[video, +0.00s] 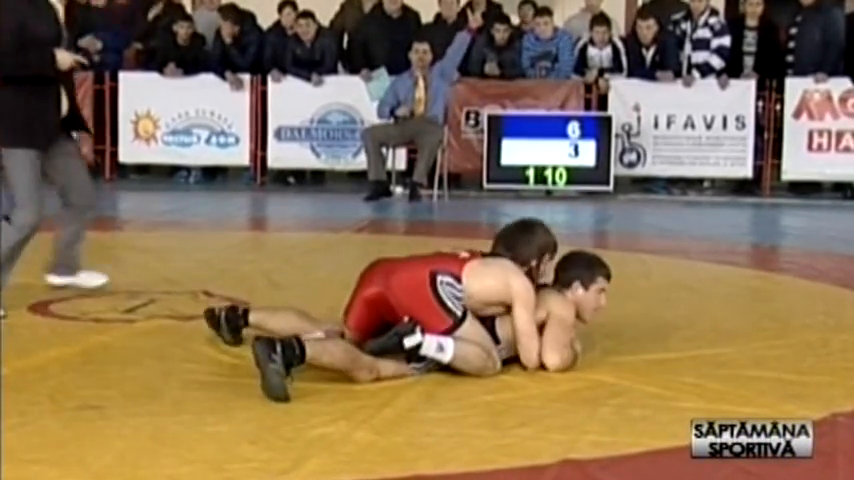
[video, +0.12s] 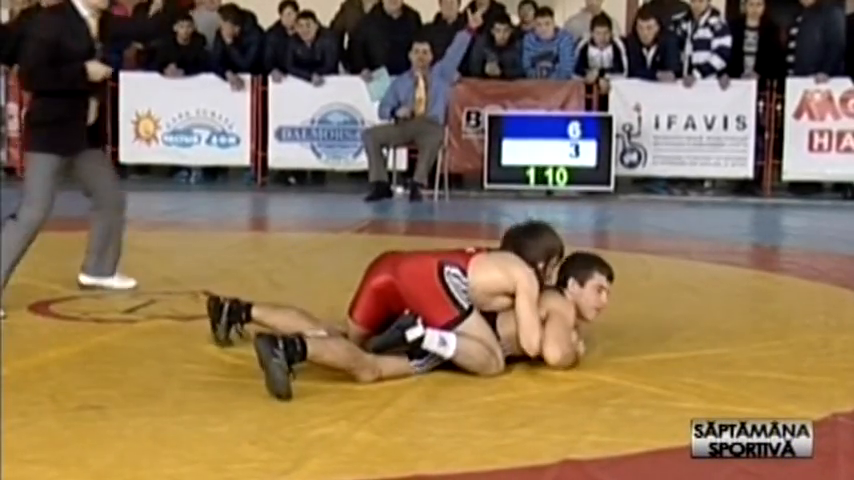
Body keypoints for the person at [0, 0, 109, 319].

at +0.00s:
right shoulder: (11, 11)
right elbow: (9, 62)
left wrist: (80, 130)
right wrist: (52, 59)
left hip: (50, 128)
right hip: (14, 128)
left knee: (82, 199)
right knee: (26, 217)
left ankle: (63, 269)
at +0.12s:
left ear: (104, 2)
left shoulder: (104, 24)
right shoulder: (51, 21)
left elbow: (147, 30)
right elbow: (30, 76)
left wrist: (180, 7)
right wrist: (82, 72)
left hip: (83, 137)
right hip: (46, 135)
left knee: (111, 199)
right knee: (33, 214)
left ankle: (98, 271)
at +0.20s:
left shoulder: (137, 16)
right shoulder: (75, 18)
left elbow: (181, 19)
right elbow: (55, 70)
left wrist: (213, 2)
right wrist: (106, 64)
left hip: (111, 133)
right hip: (74, 131)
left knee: (131, 200)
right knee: (44, 207)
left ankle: (97, 272)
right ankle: (2, 276)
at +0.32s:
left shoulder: (168, 9)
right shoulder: (111, 6)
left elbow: (176, 54)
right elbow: (89, 56)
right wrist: (138, 43)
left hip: (152, 106)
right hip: (116, 105)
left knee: (149, 187)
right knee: (108, 188)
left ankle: (107, 262)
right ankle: (61, 262)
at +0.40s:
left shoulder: (190, 3)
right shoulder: (130, 4)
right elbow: (112, 42)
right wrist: (158, 32)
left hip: (178, 93)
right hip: (143, 93)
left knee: (182, 179)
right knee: (146, 180)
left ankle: (133, 249)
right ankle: (112, 246)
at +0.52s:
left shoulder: (229, 7)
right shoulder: (169, 7)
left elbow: (270, 6)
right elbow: (148, 55)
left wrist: (288, 9)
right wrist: (191, 44)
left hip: (215, 109)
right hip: (177, 109)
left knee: (233, 184)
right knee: (175, 191)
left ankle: (217, 243)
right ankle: (155, 258)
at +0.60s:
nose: (247, 0)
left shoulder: (265, 24)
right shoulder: (201, 22)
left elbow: (302, 19)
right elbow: (173, 68)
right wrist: (216, 60)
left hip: (245, 127)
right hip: (203, 126)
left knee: (267, 192)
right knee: (188, 200)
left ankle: (282, 253)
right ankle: (154, 264)